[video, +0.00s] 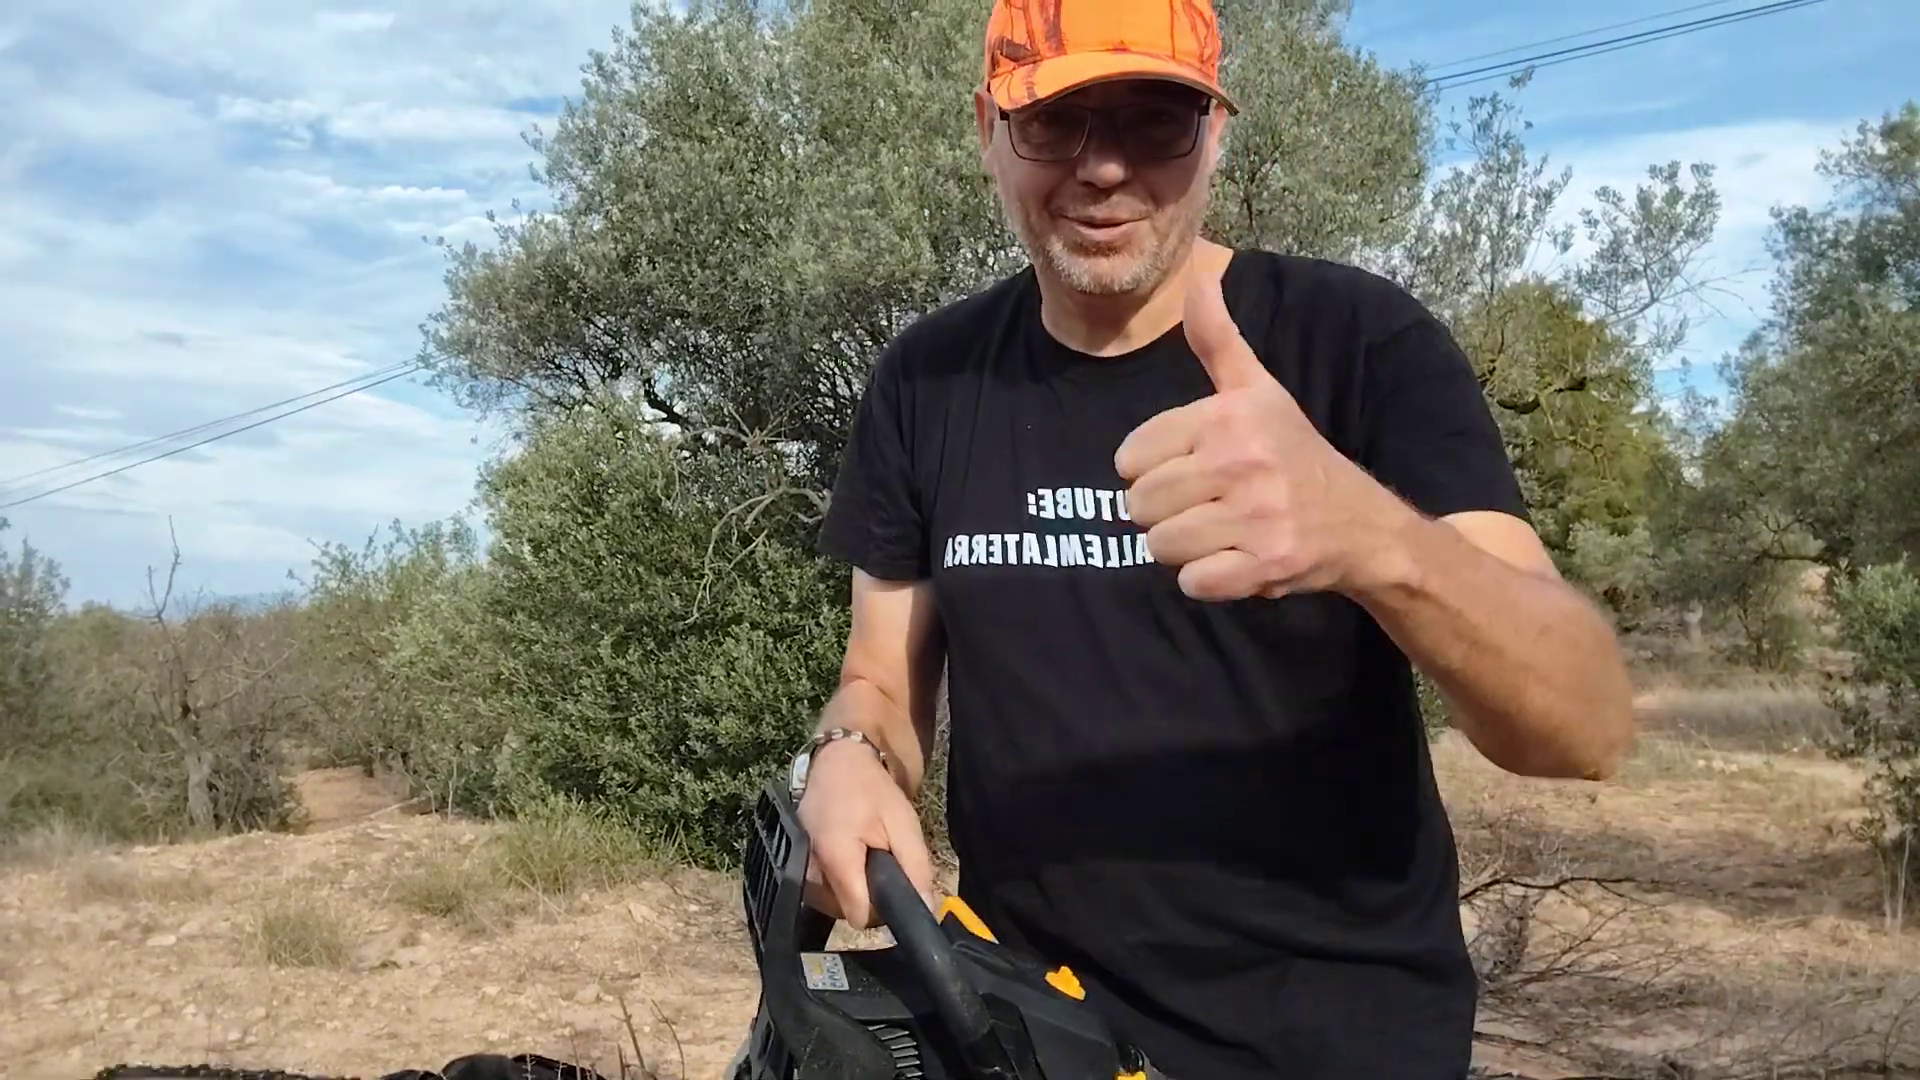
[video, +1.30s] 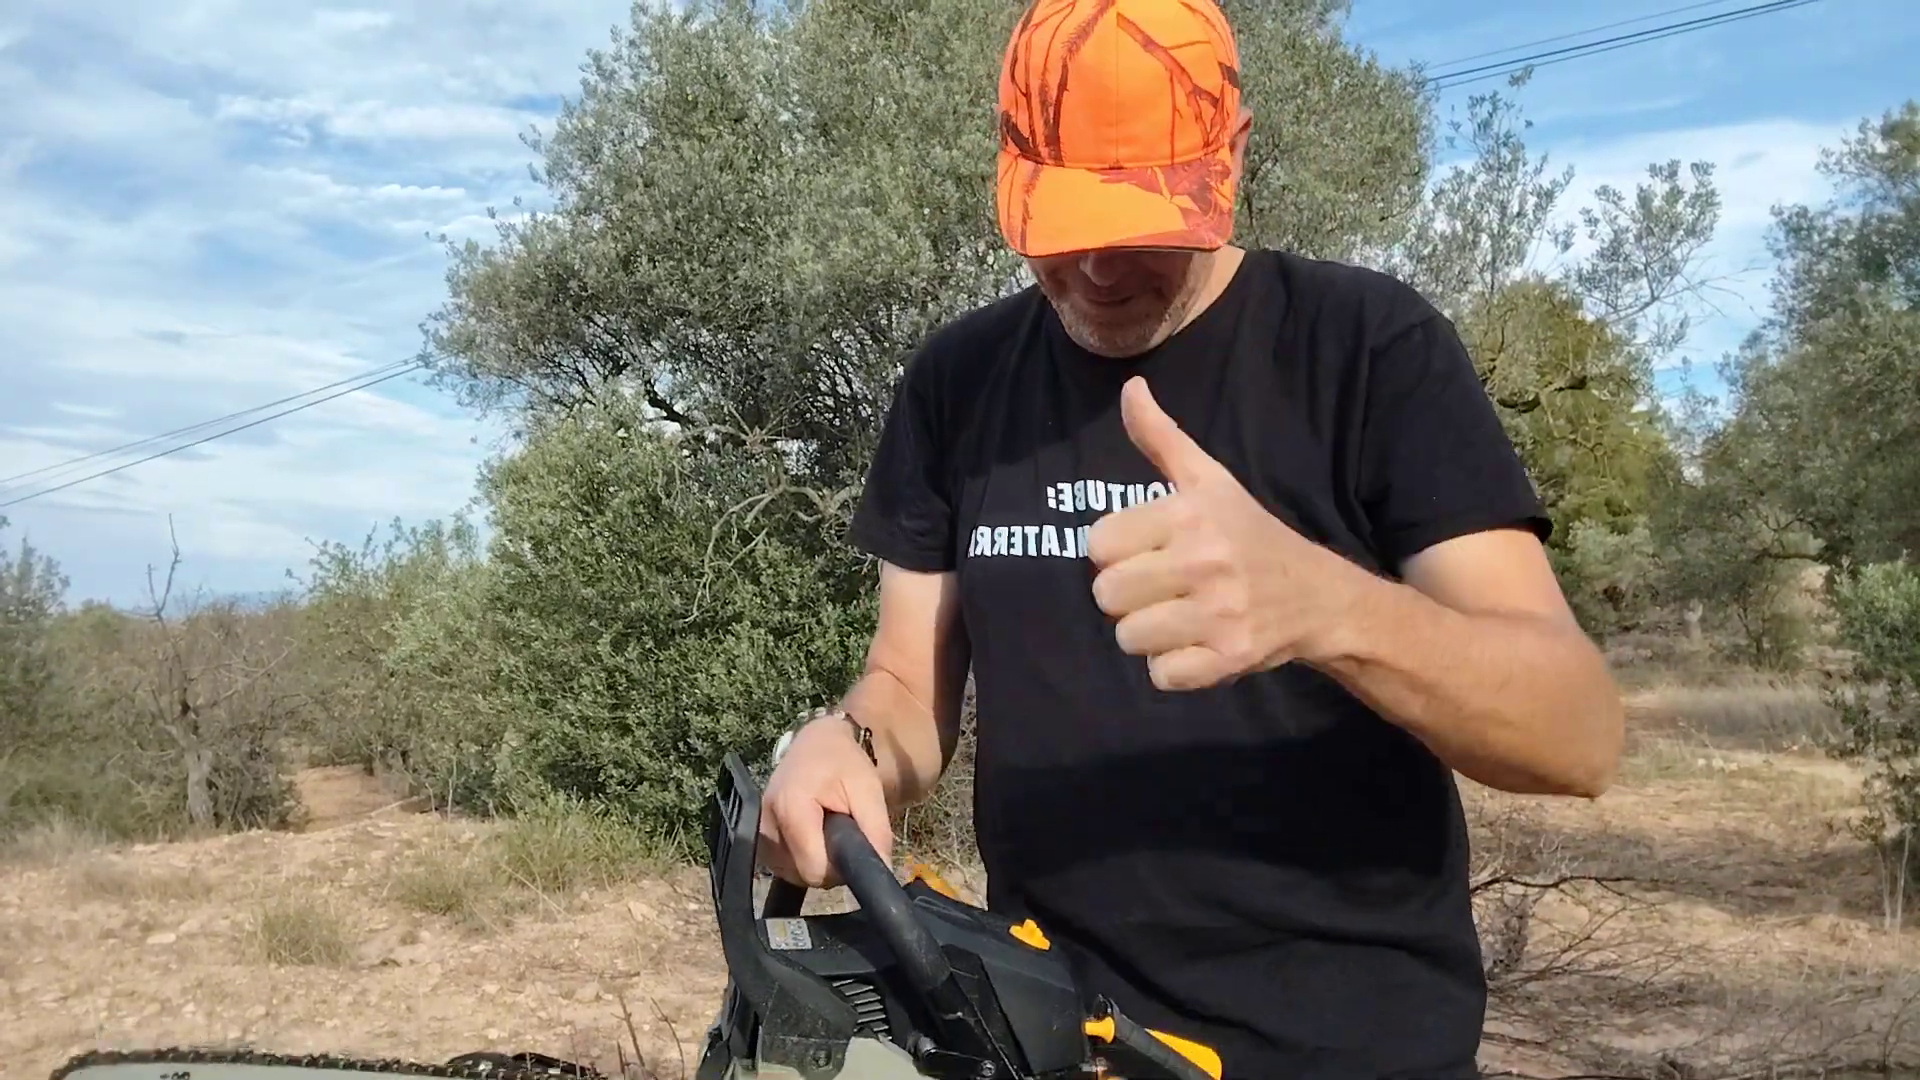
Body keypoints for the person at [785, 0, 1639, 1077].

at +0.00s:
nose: (1101, 172)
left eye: (1152, 124)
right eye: (1057, 124)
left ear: (1214, 131)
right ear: (991, 136)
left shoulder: (1359, 341)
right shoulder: (930, 380)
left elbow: (1586, 731)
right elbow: (881, 687)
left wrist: (1376, 536)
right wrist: (847, 757)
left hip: (1339, 1019)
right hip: (1038, 1019)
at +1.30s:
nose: (1100, 272)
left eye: (1146, 234)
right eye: (1061, 231)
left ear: (1225, 171)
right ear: (1014, 181)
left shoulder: (1370, 346)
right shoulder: (958, 384)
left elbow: (1578, 738)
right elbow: (908, 698)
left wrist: (1329, 606)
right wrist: (840, 740)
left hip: (1357, 1025)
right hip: (1066, 1012)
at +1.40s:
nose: (1101, 271)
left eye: (1145, 234)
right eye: (1061, 232)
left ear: (1221, 174)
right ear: (1012, 180)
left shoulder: (1367, 339)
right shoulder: (955, 377)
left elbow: (1573, 721)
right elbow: (902, 686)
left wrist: (1321, 727)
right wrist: (828, 726)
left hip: (1365, 1038)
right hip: (1073, 1029)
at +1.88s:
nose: (1211, 234)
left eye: (1260, 199)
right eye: (1181, 186)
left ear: (1332, 184)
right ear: (1131, 150)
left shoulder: (1455, 350)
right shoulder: (1047, 342)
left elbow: (1583, 728)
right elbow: (918, 632)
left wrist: (1276, 816)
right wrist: (831, 577)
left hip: (1398, 1041)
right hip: (1104, 1037)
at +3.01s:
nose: (1152, 184)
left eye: (1198, 155)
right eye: (1122, 144)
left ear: (1256, 181)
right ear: (1072, 158)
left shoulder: (1349, 362)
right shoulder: (991, 360)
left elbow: (1450, 691)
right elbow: (884, 620)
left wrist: (1164, 773)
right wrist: (790, 575)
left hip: (1293, 1020)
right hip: (1020, 1012)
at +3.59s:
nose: (1009, 253)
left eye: (1050, 218)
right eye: (983, 217)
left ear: (1142, 191)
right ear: (951, 199)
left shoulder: (1255, 365)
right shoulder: (901, 375)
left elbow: (1382, 672)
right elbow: (796, 612)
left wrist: (1096, 772)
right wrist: (759, 672)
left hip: (1241, 1015)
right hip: (973, 1014)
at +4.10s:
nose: (1158, 199)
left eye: (1200, 165)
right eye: (1127, 160)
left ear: (1262, 183)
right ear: (1082, 172)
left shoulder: (1342, 339)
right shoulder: (1012, 364)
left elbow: (1362, 663)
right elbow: (879, 606)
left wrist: (1024, 762)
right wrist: (859, 697)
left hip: (1318, 1018)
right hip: (1044, 1013)